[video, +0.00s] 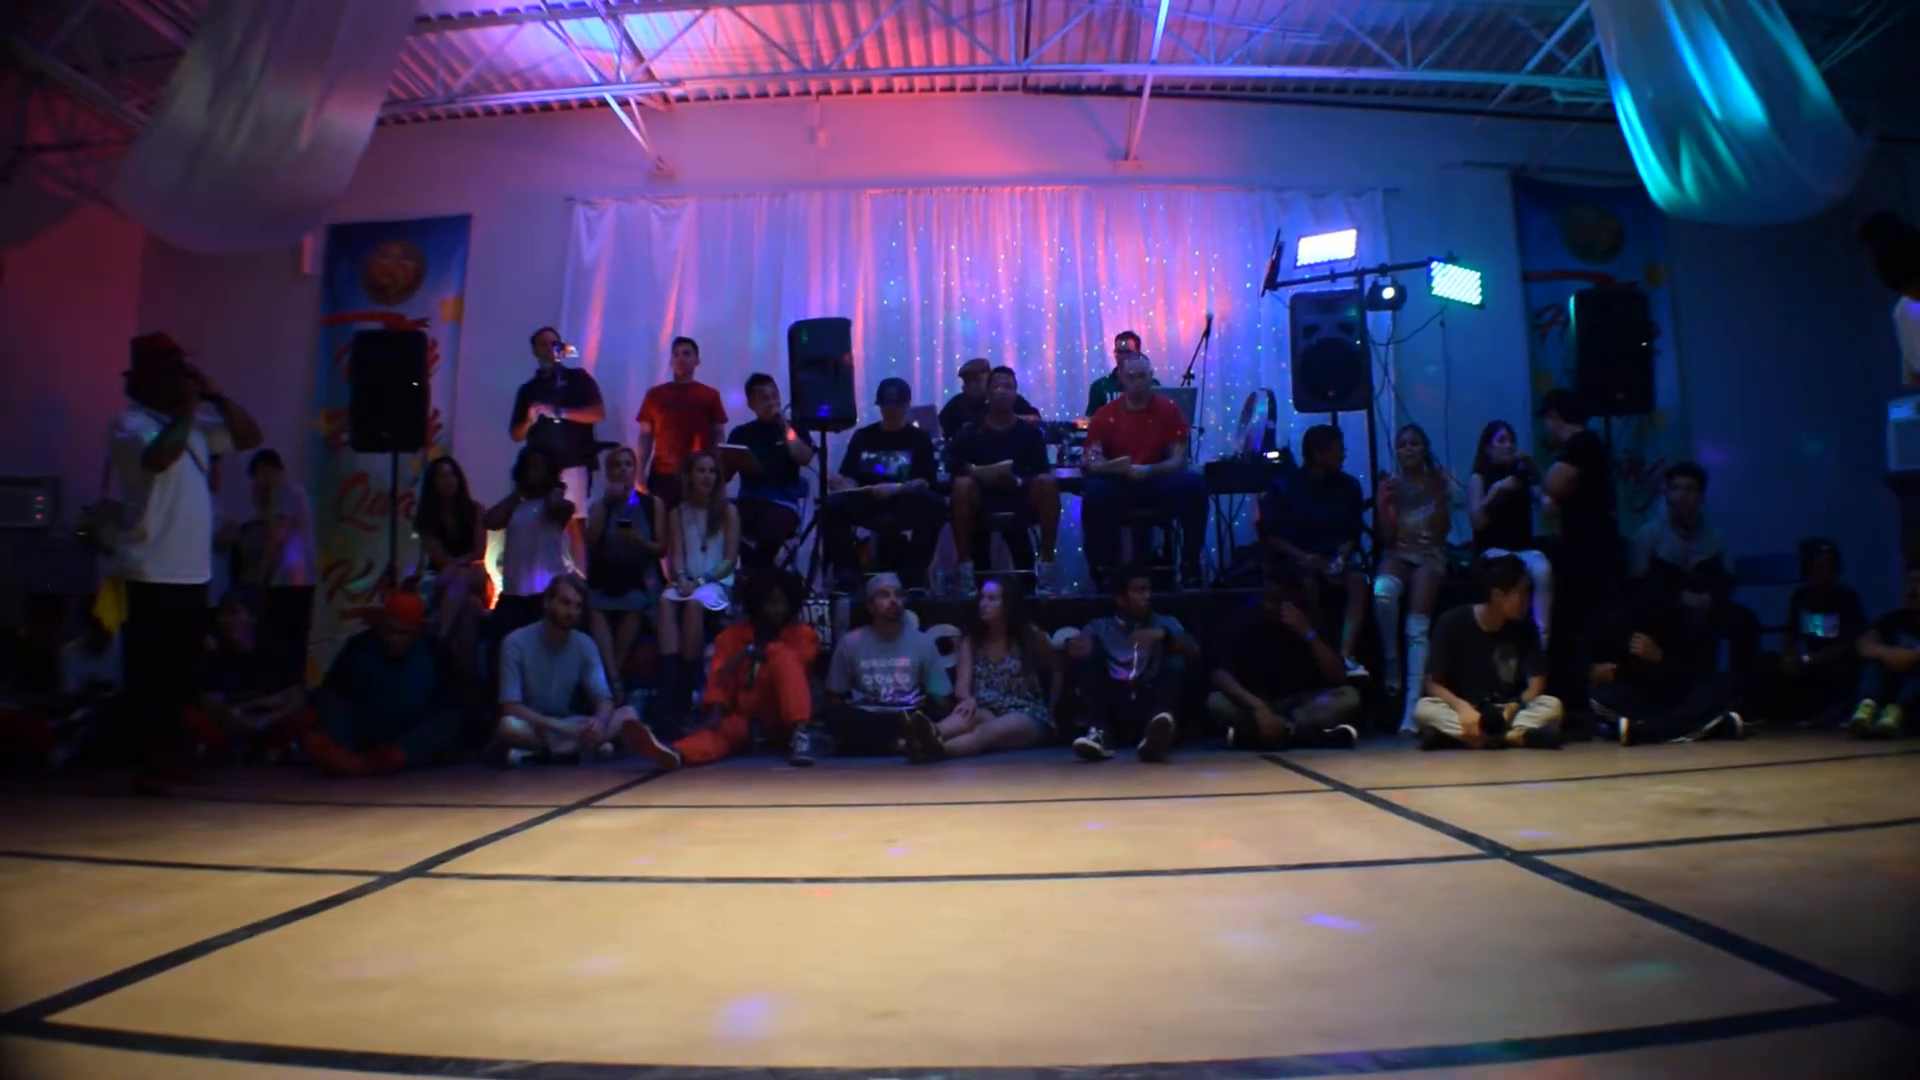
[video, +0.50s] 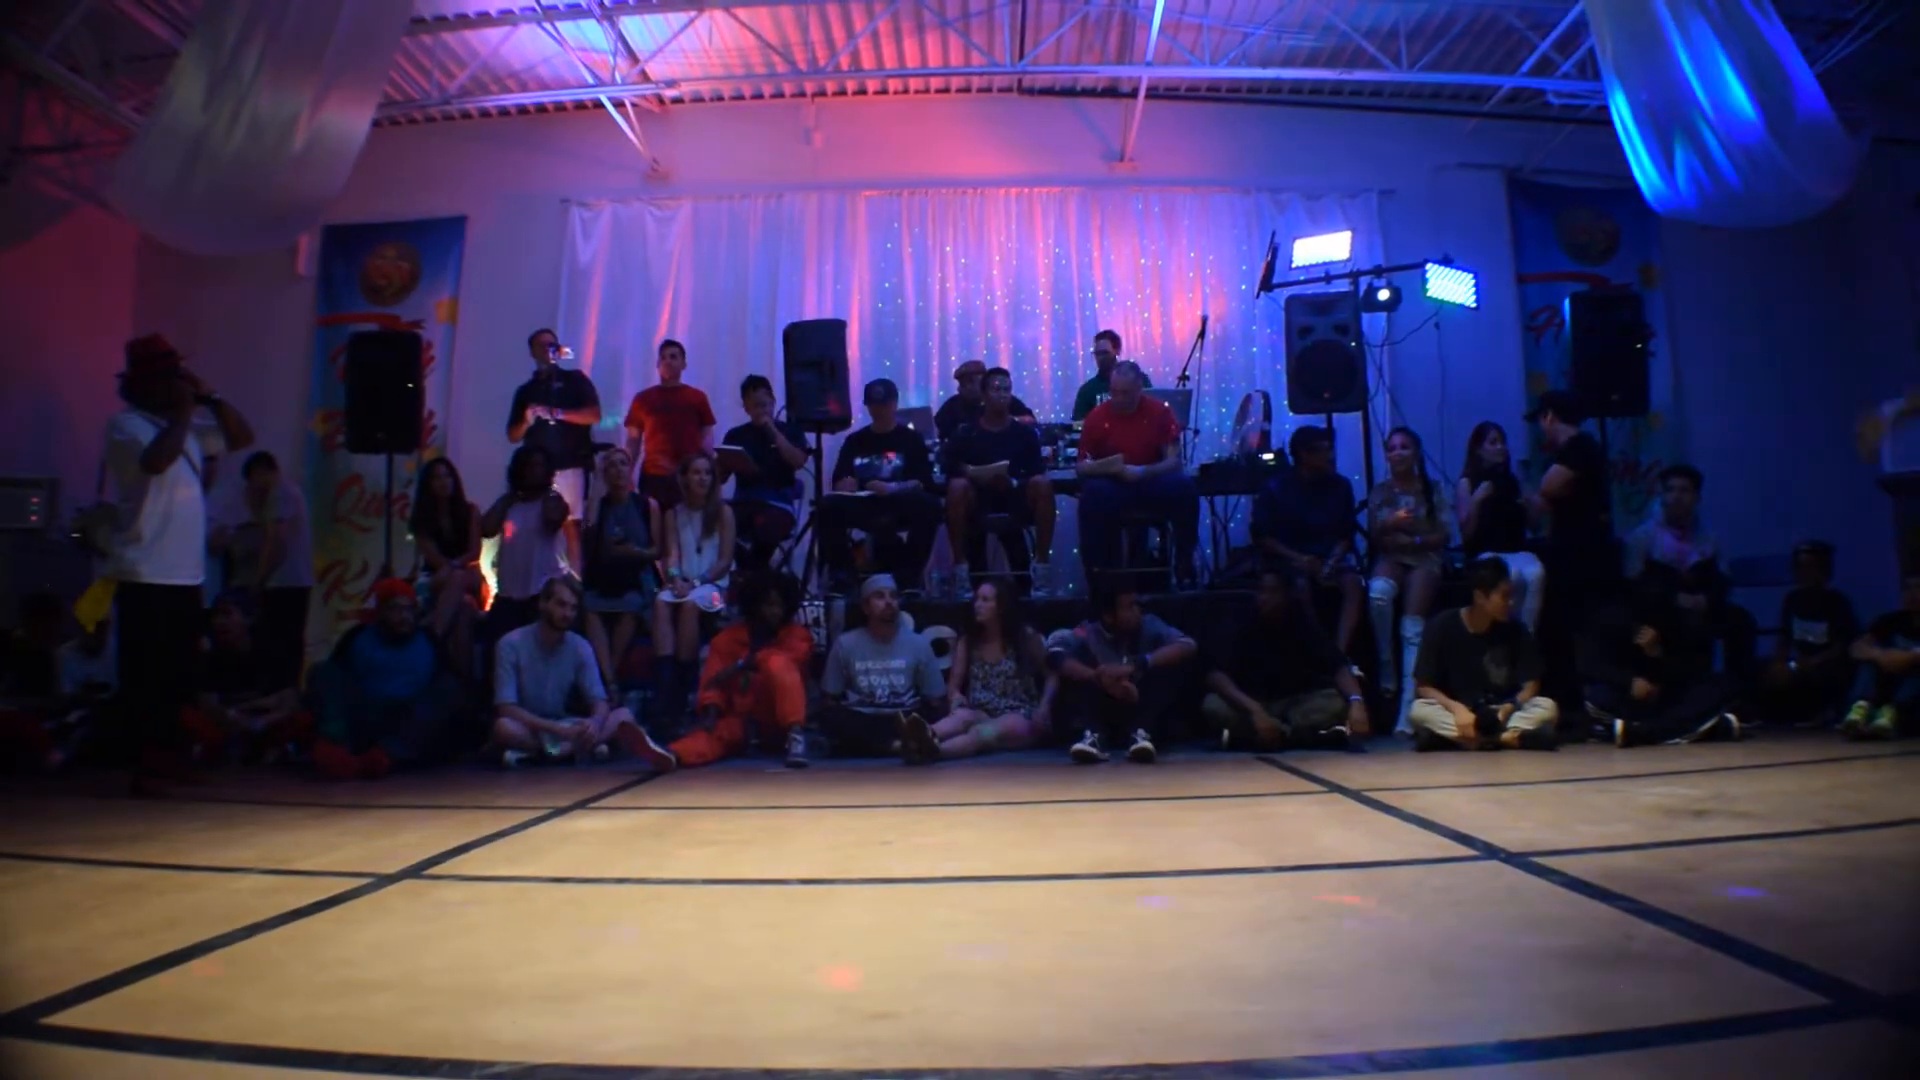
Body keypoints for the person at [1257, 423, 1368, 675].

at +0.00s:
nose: (1343, 454)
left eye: (1342, 448)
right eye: (1336, 449)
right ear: (1317, 453)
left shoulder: (1348, 486)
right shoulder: (1287, 484)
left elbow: (1354, 532)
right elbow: (1270, 534)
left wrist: (1341, 558)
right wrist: (1304, 557)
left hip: (1334, 558)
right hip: (1296, 559)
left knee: (1359, 581)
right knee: (1307, 584)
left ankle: (1346, 655)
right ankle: (1314, 656)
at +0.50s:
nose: (1329, 456)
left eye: (1330, 450)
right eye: (1322, 450)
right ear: (1303, 454)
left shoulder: (1340, 486)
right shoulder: (1278, 487)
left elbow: (1348, 533)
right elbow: (1262, 536)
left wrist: (1333, 560)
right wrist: (1300, 560)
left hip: (1330, 557)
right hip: (1292, 558)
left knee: (1353, 583)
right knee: (1299, 585)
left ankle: (1340, 657)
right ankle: (1311, 656)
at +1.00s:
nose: (1322, 455)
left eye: (1323, 449)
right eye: (1315, 450)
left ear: (1326, 453)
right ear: (1297, 453)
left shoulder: (1336, 487)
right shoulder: (1276, 487)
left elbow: (1346, 534)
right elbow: (1263, 539)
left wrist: (1330, 558)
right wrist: (1299, 560)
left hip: (1327, 558)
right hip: (1290, 559)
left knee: (1353, 584)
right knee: (1299, 585)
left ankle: (1342, 655)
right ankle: (1308, 654)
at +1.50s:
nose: (1317, 453)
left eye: (1321, 447)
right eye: (1311, 447)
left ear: (1327, 452)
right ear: (1299, 451)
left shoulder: (1340, 488)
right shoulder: (1281, 486)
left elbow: (1349, 533)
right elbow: (1267, 535)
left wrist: (1331, 559)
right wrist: (1303, 560)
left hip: (1330, 557)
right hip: (1295, 558)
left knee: (1354, 584)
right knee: (1301, 585)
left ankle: (1344, 655)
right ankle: (1309, 655)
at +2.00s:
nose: (1321, 460)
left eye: (1325, 454)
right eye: (1315, 453)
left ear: (1330, 456)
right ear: (1302, 454)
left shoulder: (1339, 488)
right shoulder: (1282, 487)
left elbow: (1351, 533)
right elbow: (1269, 534)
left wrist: (1332, 558)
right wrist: (1305, 560)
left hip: (1331, 558)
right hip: (1296, 558)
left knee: (1353, 583)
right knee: (1300, 584)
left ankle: (1342, 653)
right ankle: (1314, 656)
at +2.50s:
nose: (1323, 455)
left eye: (1325, 449)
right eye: (1316, 449)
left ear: (1330, 453)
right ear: (1300, 454)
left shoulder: (1339, 488)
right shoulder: (1280, 487)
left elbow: (1347, 535)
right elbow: (1270, 538)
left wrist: (1332, 558)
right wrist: (1309, 561)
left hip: (1330, 557)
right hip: (1294, 557)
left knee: (1354, 580)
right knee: (1301, 584)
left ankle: (1351, 648)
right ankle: (1312, 654)